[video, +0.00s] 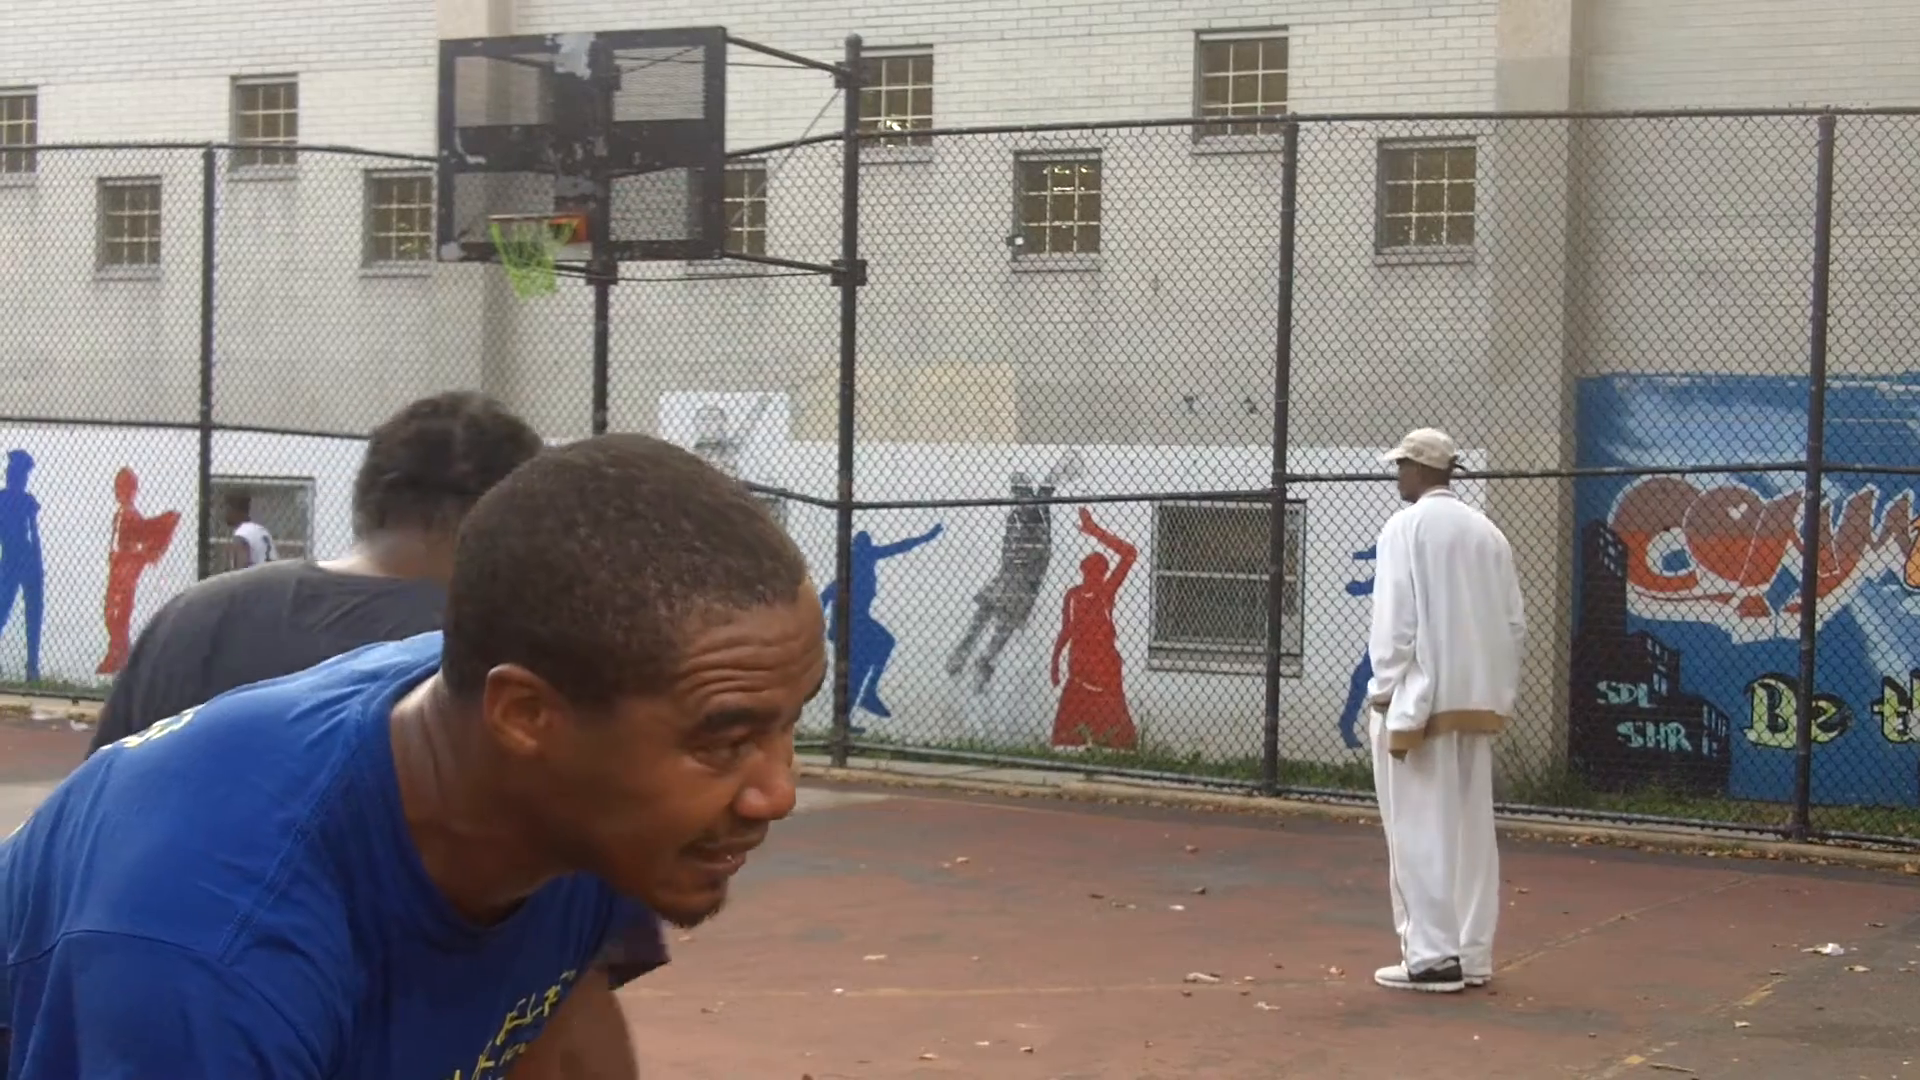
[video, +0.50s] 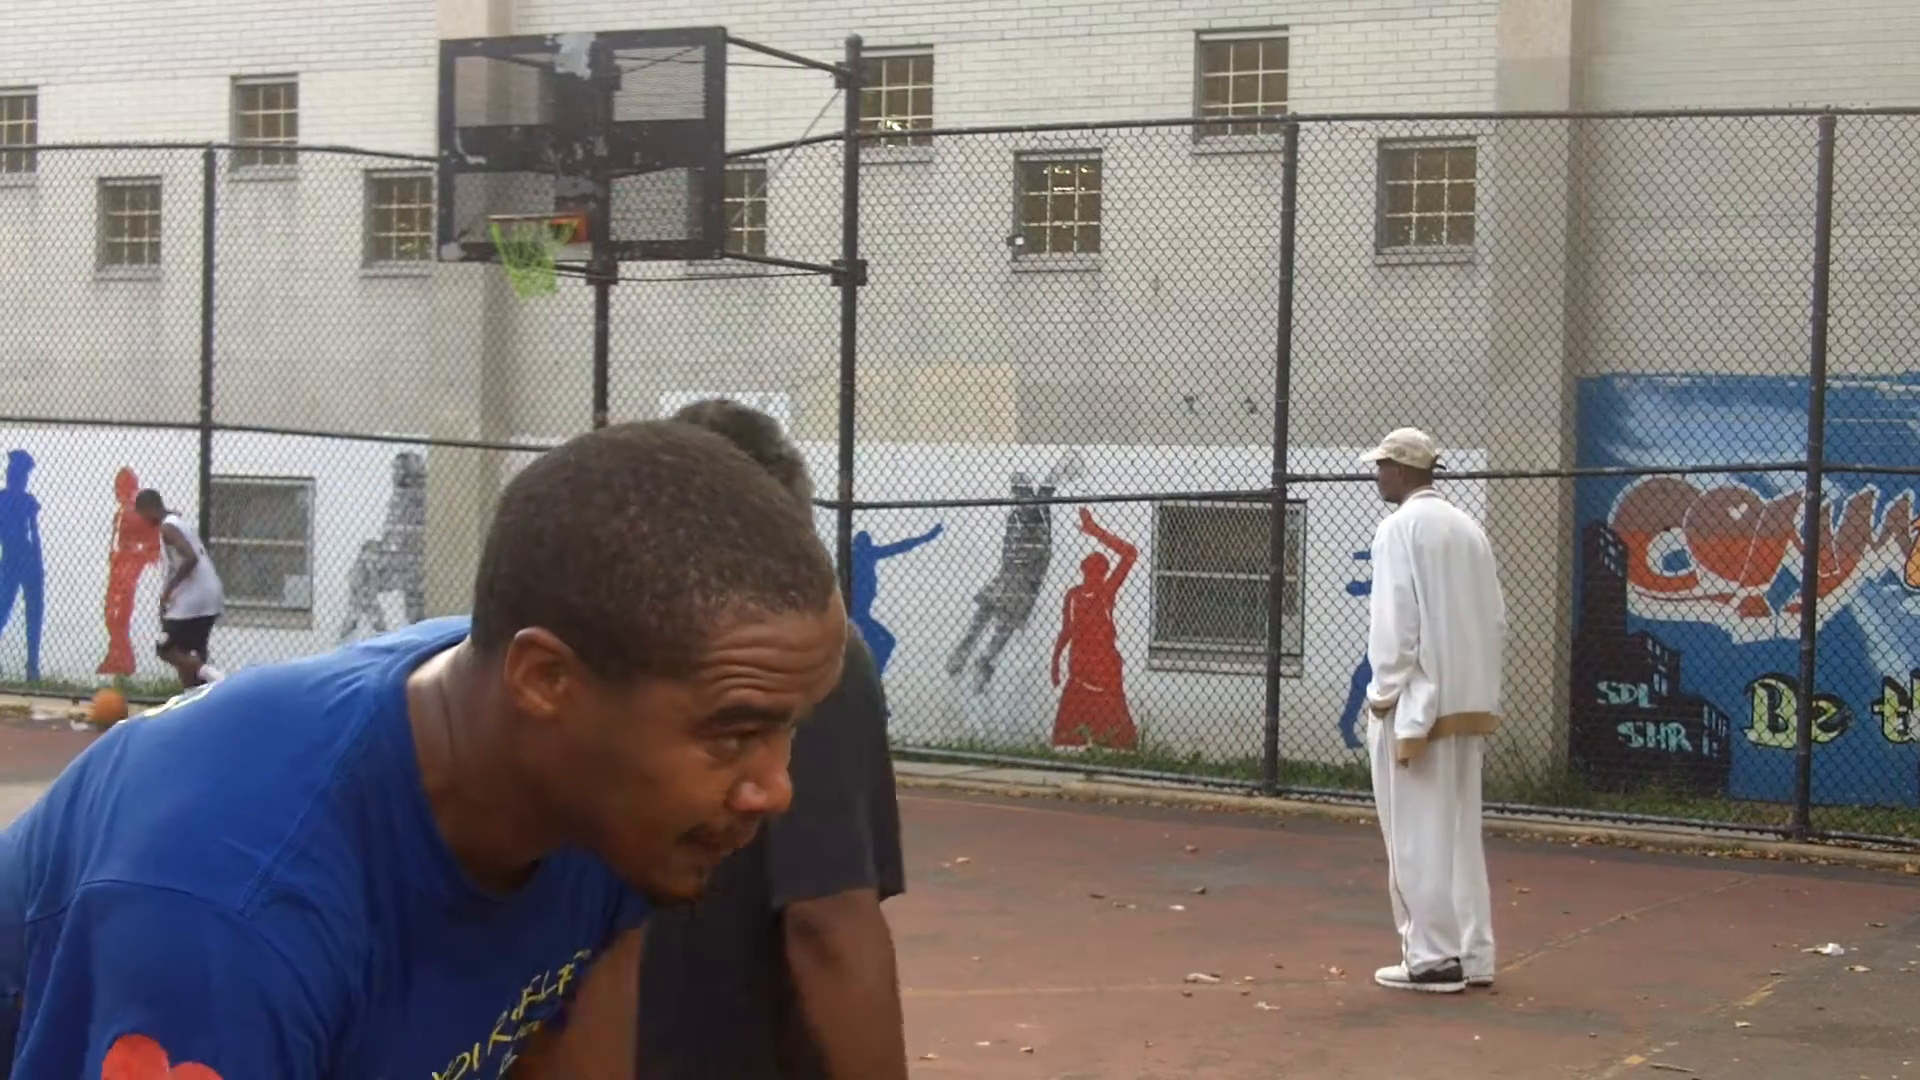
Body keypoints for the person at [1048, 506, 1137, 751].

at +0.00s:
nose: (1094, 575)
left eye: (1098, 570)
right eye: (1091, 570)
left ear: (1104, 572)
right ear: (1083, 570)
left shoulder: (1109, 590)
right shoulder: (1073, 594)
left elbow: (1129, 554)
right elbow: (1067, 629)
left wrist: (1095, 531)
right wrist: (1055, 659)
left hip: (1105, 656)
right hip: (1080, 657)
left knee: (1109, 704)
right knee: (1075, 704)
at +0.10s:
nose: (1094, 575)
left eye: (1098, 570)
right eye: (1090, 570)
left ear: (1104, 573)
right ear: (1083, 570)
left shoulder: (1109, 590)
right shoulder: (1072, 594)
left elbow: (1129, 554)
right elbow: (1067, 629)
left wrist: (1095, 531)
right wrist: (1055, 658)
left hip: (1105, 657)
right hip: (1079, 657)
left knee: (1109, 704)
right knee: (1075, 704)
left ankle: (1119, 746)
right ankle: (1068, 745)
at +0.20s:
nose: (1094, 575)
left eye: (1098, 570)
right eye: (1090, 569)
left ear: (1103, 572)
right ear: (1083, 570)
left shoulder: (1109, 590)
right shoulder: (1073, 594)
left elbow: (1129, 554)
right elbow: (1067, 629)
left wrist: (1095, 531)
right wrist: (1055, 658)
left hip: (1105, 656)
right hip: (1080, 657)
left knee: (1109, 703)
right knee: (1076, 704)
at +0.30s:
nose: (1094, 575)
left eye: (1098, 570)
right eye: (1091, 569)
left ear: (1103, 572)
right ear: (1084, 569)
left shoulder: (1109, 590)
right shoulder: (1073, 594)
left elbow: (1130, 554)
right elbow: (1067, 629)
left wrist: (1096, 531)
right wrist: (1055, 658)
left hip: (1105, 656)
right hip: (1080, 656)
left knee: (1109, 703)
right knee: (1076, 703)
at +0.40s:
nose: (1093, 575)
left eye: (1098, 570)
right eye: (1090, 569)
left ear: (1104, 572)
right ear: (1083, 570)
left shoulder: (1109, 589)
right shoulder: (1073, 594)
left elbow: (1129, 554)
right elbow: (1067, 629)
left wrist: (1096, 531)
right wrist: (1055, 658)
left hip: (1105, 657)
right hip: (1079, 657)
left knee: (1109, 704)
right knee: (1076, 704)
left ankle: (1118, 745)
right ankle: (1070, 745)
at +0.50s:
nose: (1094, 575)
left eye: (1098, 570)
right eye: (1091, 569)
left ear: (1104, 572)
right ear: (1084, 569)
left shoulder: (1109, 590)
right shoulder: (1073, 594)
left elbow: (1130, 554)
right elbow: (1067, 629)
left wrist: (1096, 531)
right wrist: (1055, 658)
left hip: (1105, 656)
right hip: (1080, 656)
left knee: (1109, 703)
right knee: (1076, 703)